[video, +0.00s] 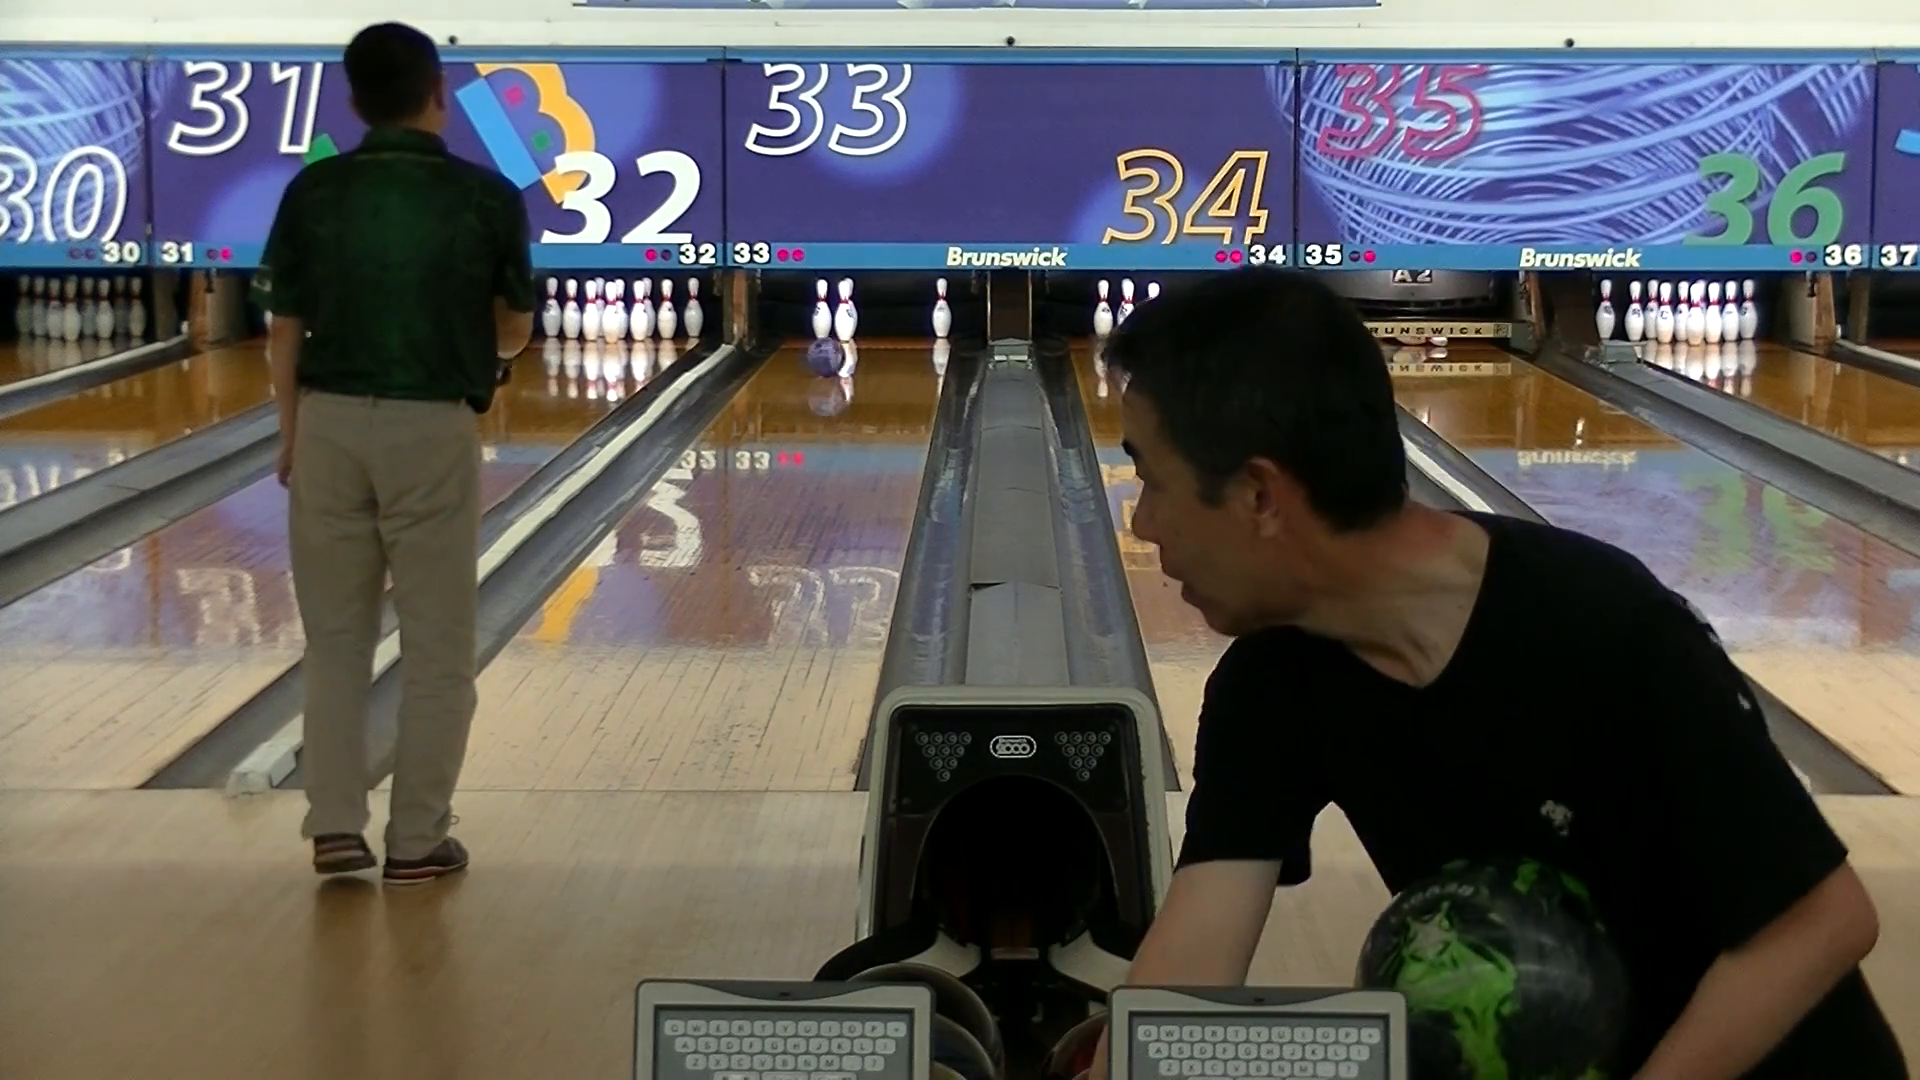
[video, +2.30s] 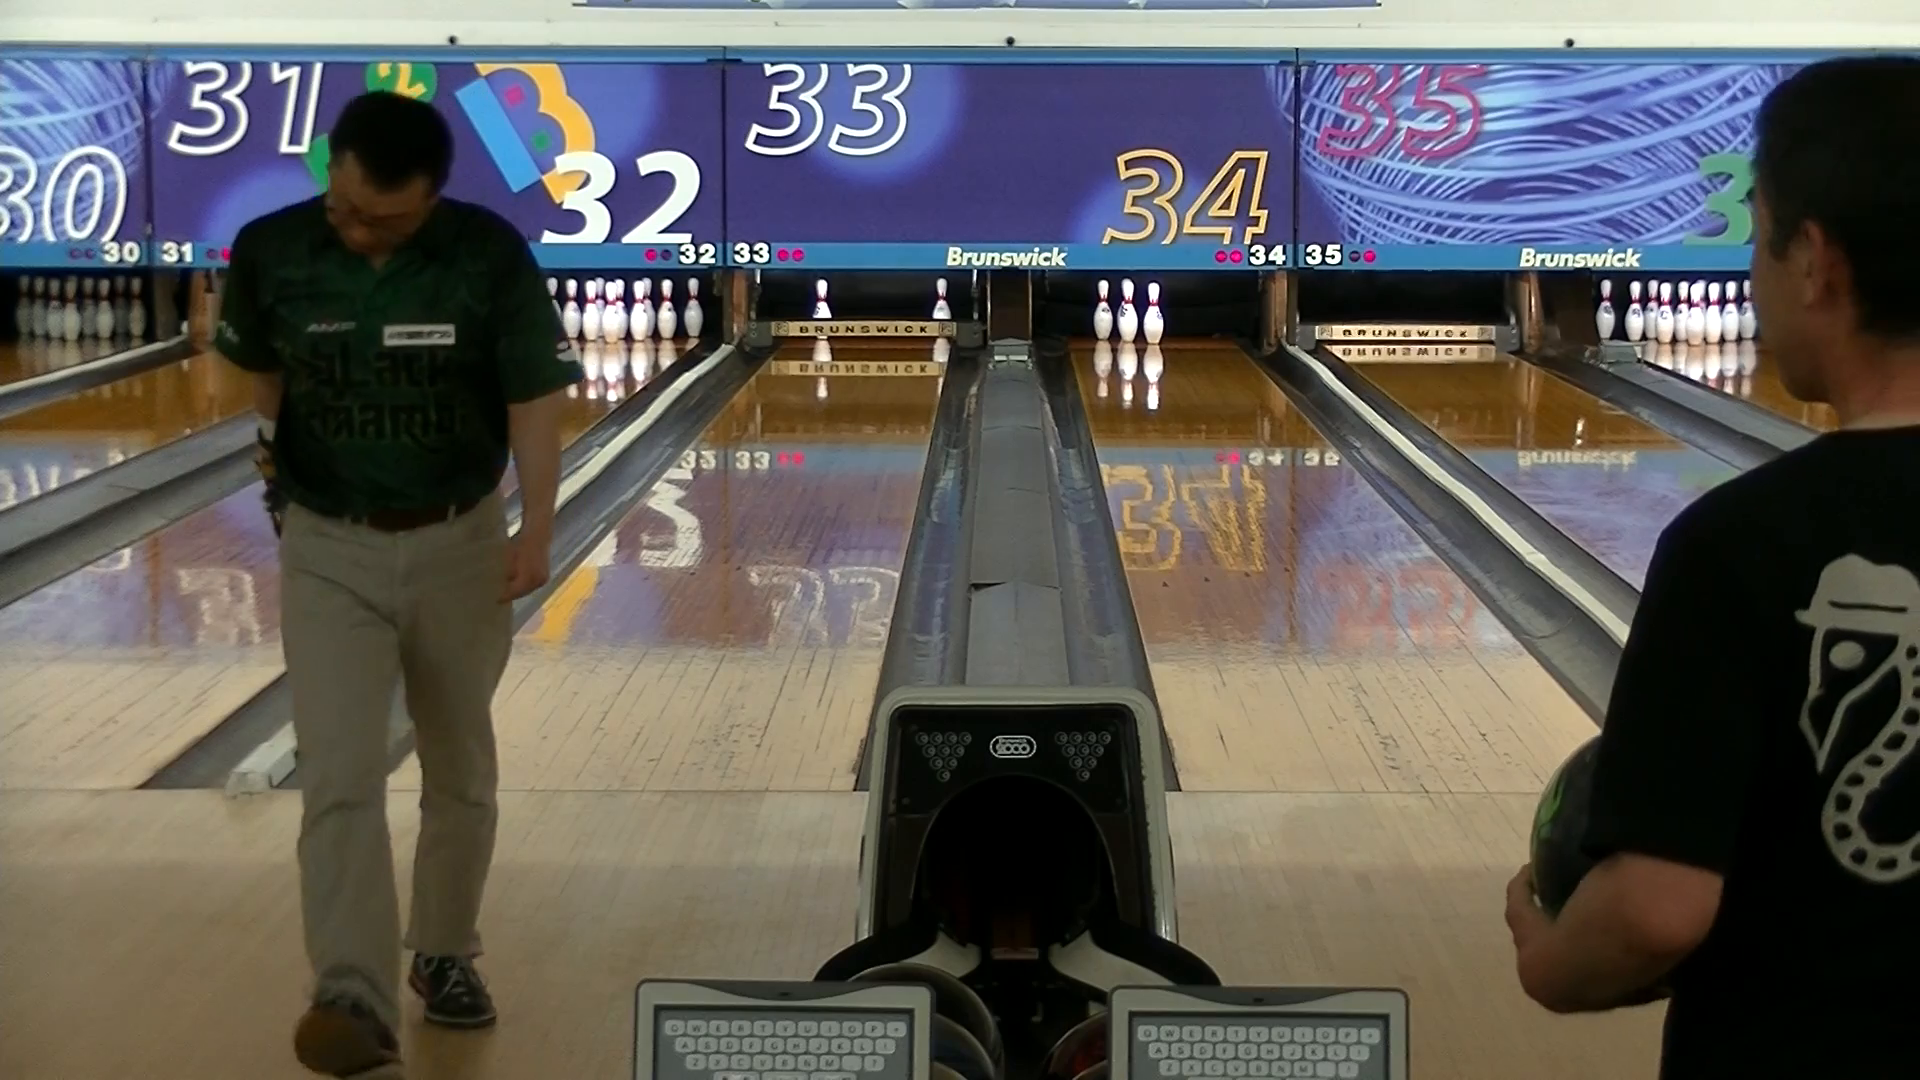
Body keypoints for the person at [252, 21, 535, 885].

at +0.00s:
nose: (446, 97)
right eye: (442, 86)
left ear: (354, 101)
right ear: (438, 94)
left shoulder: (313, 188)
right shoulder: (487, 196)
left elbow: (283, 329)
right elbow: (513, 328)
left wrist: (289, 430)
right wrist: (458, 323)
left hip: (326, 429)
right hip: (432, 433)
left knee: (334, 636)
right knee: (438, 641)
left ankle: (335, 832)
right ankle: (417, 840)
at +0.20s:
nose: (430, 105)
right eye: (428, 94)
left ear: (337, 101)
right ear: (424, 101)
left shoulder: (292, 193)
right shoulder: (468, 200)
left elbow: (268, 331)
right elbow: (505, 338)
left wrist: (276, 432)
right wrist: (513, 432)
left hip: (311, 436)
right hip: (422, 439)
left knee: (316, 647)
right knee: (434, 647)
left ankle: (320, 842)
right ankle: (416, 840)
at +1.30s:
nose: (394, 108)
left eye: (388, 92)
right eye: (389, 92)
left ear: (304, 102)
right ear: (368, 99)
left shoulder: (264, 197)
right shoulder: (350, 214)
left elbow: (240, 336)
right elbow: (404, 371)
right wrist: (444, 447)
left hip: (288, 460)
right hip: (334, 468)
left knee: (360, 661)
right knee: (329, 676)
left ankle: (342, 852)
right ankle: (280, 894)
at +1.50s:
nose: (418, 137)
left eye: (420, 120)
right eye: (410, 118)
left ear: (361, 113)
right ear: (359, 109)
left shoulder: (354, 207)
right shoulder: (294, 212)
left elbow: (361, 355)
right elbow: (331, 369)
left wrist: (399, 468)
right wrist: (401, 487)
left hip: (374, 475)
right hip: (306, 480)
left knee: (440, 684)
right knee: (307, 702)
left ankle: (406, 877)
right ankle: (279, 892)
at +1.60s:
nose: (417, 160)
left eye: (425, 143)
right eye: (411, 139)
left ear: (381, 131)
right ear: (354, 121)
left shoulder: (385, 211)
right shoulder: (275, 221)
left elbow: (392, 357)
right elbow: (292, 368)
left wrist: (433, 465)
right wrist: (322, 486)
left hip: (404, 479)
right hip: (307, 489)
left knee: (451, 692)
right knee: (301, 704)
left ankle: (443, 902)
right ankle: (280, 891)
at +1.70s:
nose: (425, 177)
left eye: (434, 161)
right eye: (414, 157)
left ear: (432, 149)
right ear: (356, 132)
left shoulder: (417, 220)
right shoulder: (272, 227)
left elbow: (448, 344)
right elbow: (244, 359)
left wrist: (483, 461)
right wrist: (240, 448)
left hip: (418, 495)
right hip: (310, 505)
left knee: (448, 707)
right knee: (300, 716)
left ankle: (462, 914)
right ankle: (283, 892)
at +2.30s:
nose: (364, 232)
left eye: (389, 219)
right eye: (352, 209)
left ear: (433, 194)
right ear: (329, 171)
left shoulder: (488, 254)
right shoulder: (270, 252)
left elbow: (536, 398)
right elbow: (262, 384)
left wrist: (536, 527)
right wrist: (282, 471)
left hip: (460, 550)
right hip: (327, 552)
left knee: (461, 770)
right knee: (339, 781)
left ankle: (448, 954)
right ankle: (351, 996)